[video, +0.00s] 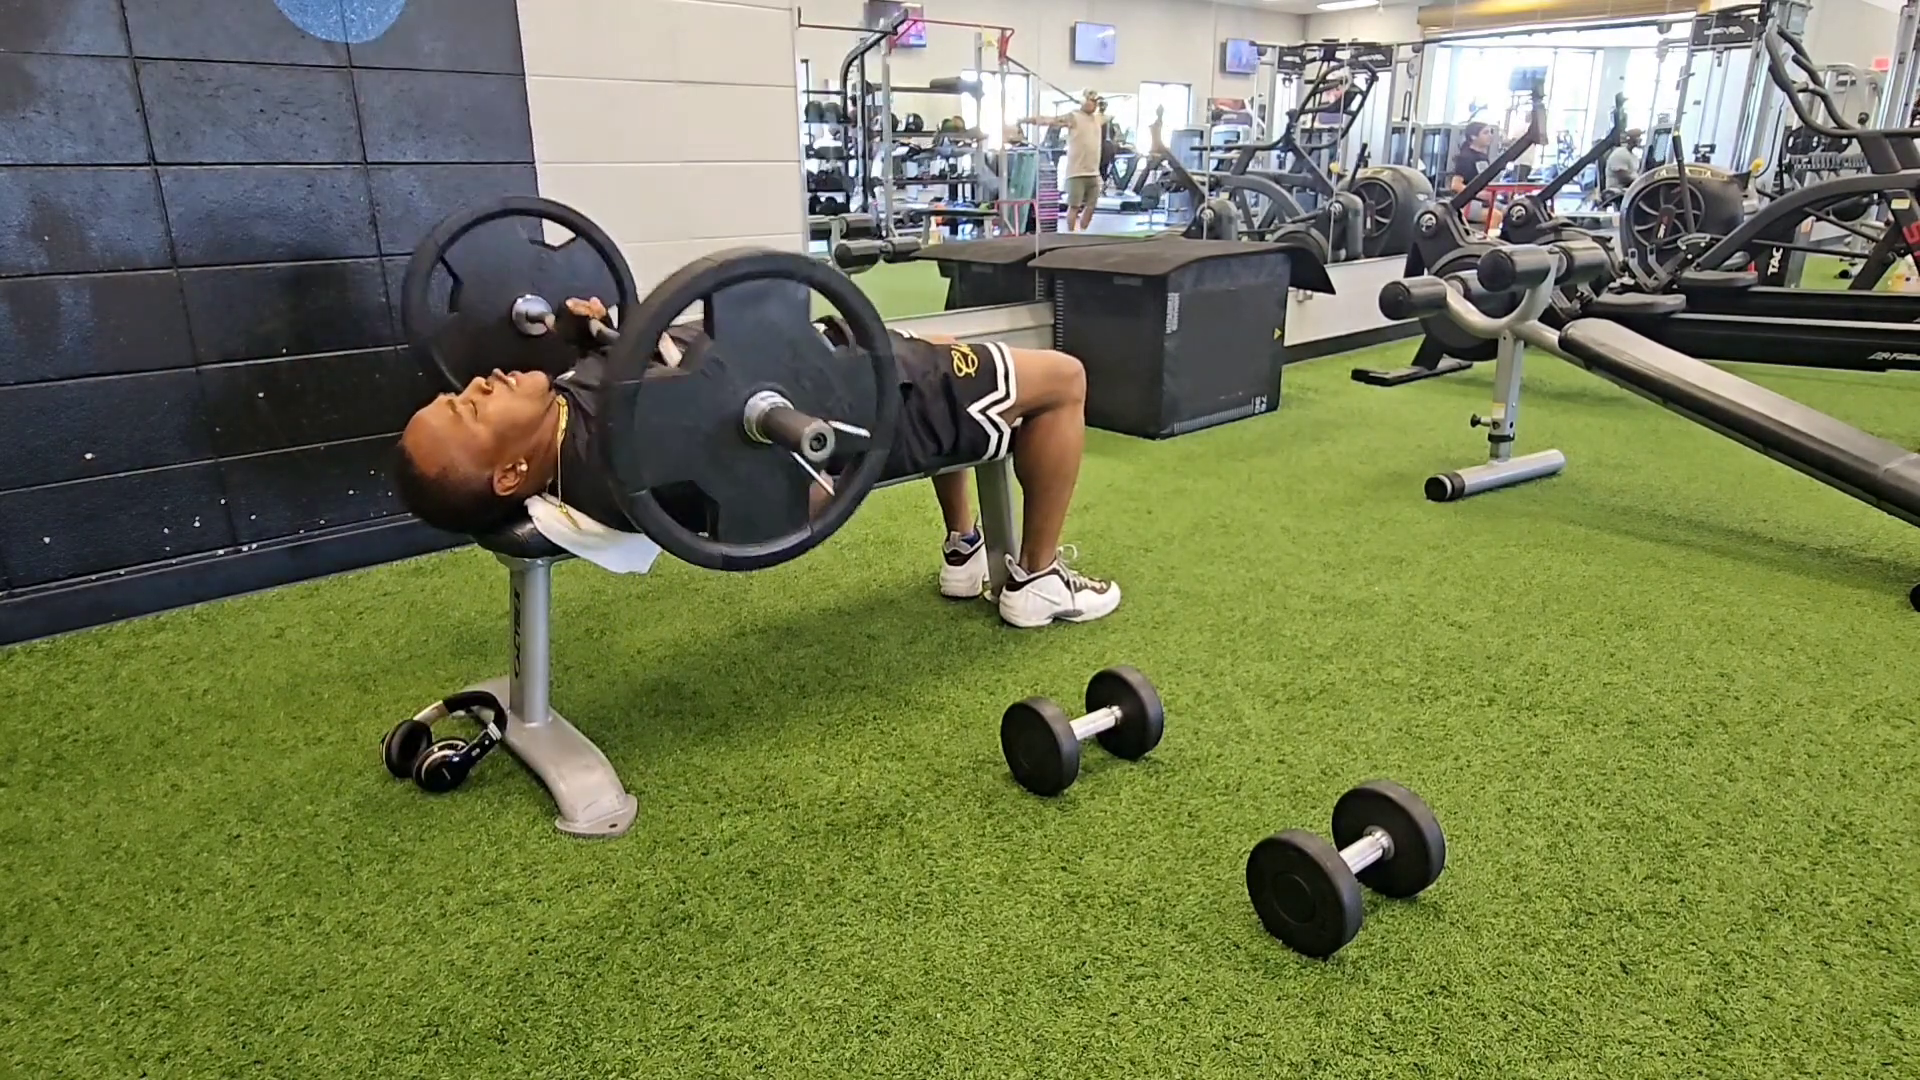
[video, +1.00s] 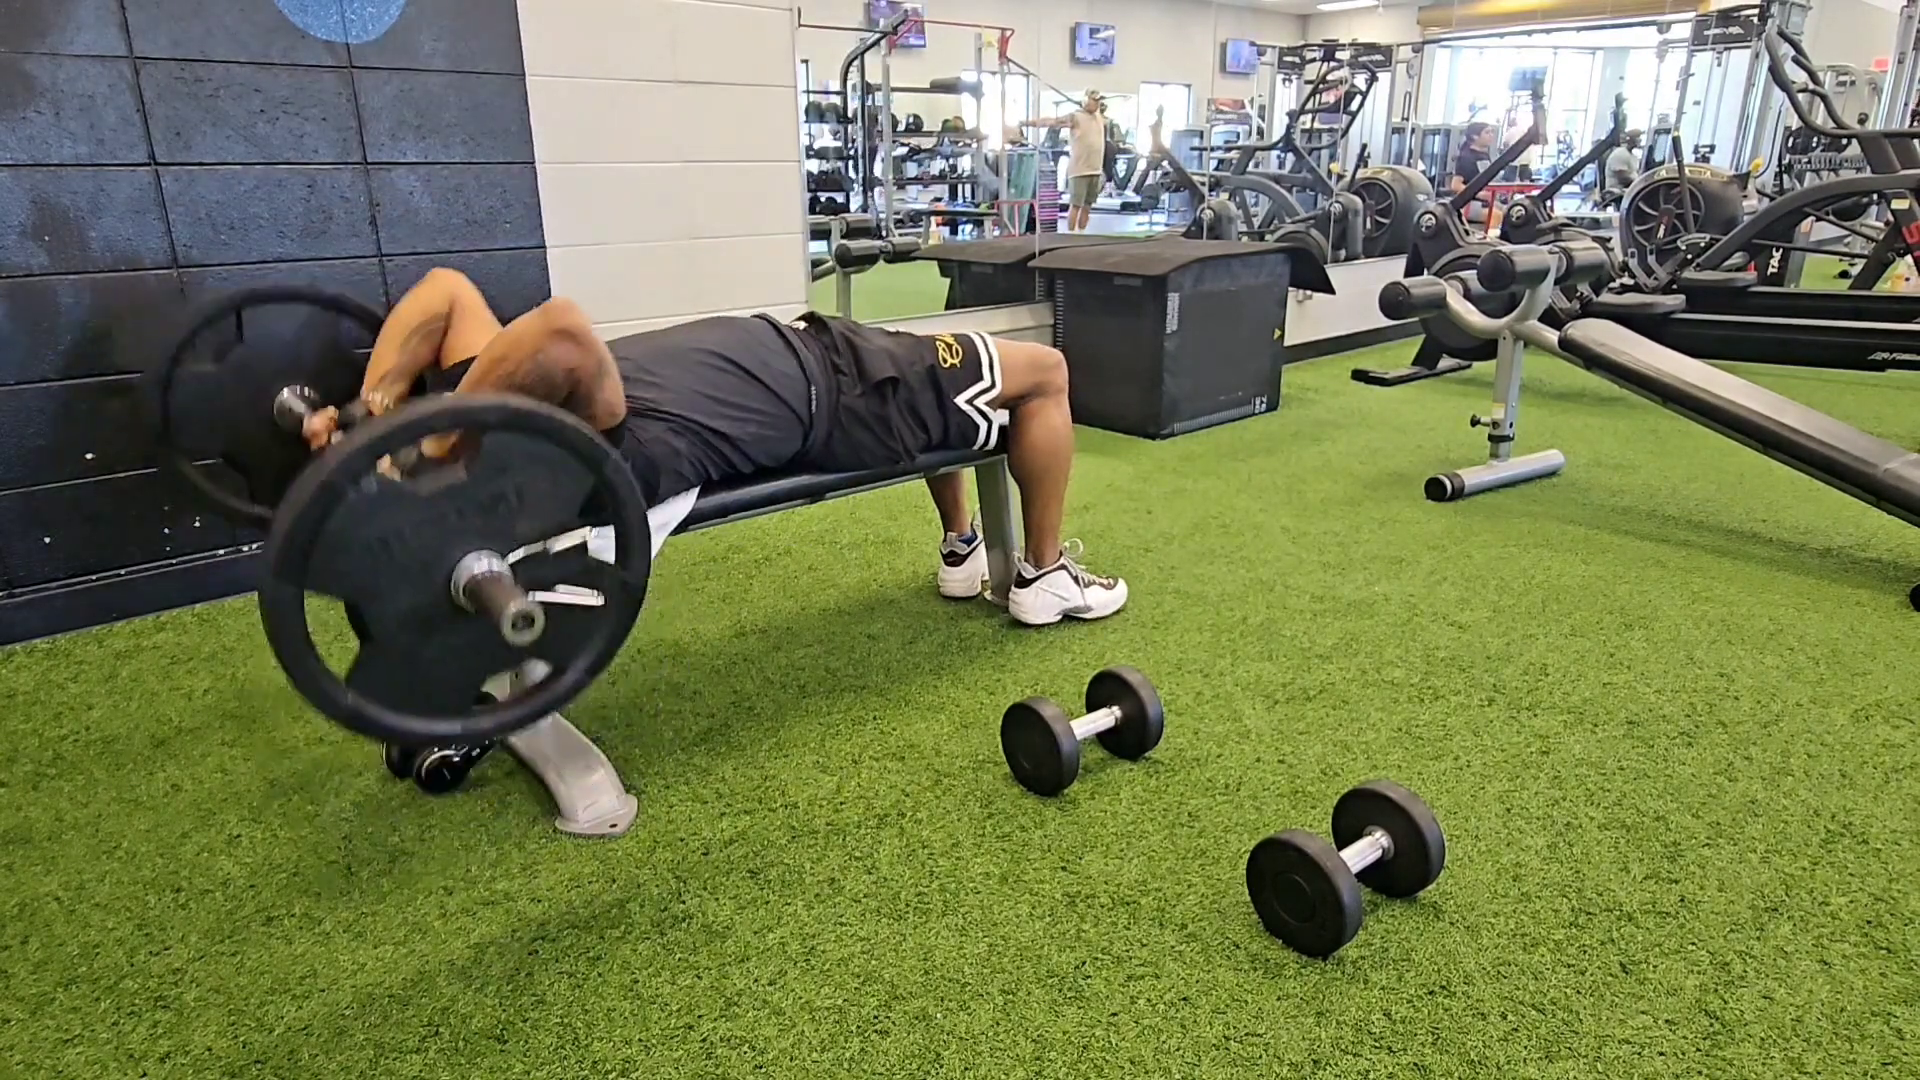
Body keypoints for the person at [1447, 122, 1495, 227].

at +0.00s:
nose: (1490, 135)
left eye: (1490, 132)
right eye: (1485, 132)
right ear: (1473, 137)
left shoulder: (1484, 156)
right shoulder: (1466, 156)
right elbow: (1456, 185)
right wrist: (1479, 194)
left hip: (1485, 201)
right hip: (1468, 202)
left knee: (1509, 212)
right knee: (1496, 216)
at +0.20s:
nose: (1489, 136)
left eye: (1489, 132)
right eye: (1484, 133)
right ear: (1472, 137)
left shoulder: (1484, 157)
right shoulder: (1465, 156)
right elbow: (1457, 185)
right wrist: (1479, 194)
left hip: (1486, 201)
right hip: (1468, 203)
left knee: (1508, 211)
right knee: (1496, 216)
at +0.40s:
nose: (1488, 136)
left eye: (1488, 132)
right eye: (1483, 133)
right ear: (1471, 137)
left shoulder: (1484, 157)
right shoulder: (1464, 157)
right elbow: (1455, 185)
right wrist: (1479, 194)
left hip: (1486, 201)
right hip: (1469, 202)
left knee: (1507, 211)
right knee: (1496, 214)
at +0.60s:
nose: (1489, 136)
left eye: (1489, 132)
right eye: (1484, 133)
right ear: (1472, 137)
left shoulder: (1485, 156)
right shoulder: (1464, 157)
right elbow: (1455, 185)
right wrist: (1479, 195)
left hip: (1488, 201)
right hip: (1470, 203)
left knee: (1508, 212)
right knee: (1496, 216)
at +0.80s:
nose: (1490, 136)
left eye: (1490, 132)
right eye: (1485, 133)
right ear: (1473, 137)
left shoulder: (1485, 155)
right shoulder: (1465, 156)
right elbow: (1454, 185)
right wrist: (1479, 195)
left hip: (1488, 201)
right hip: (1469, 203)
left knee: (1509, 212)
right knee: (1496, 215)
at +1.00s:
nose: (1491, 135)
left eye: (1491, 132)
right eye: (1487, 132)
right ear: (1474, 136)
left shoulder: (1486, 155)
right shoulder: (1466, 156)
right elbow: (1456, 185)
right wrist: (1480, 194)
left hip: (1488, 201)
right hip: (1469, 203)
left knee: (1508, 211)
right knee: (1496, 215)